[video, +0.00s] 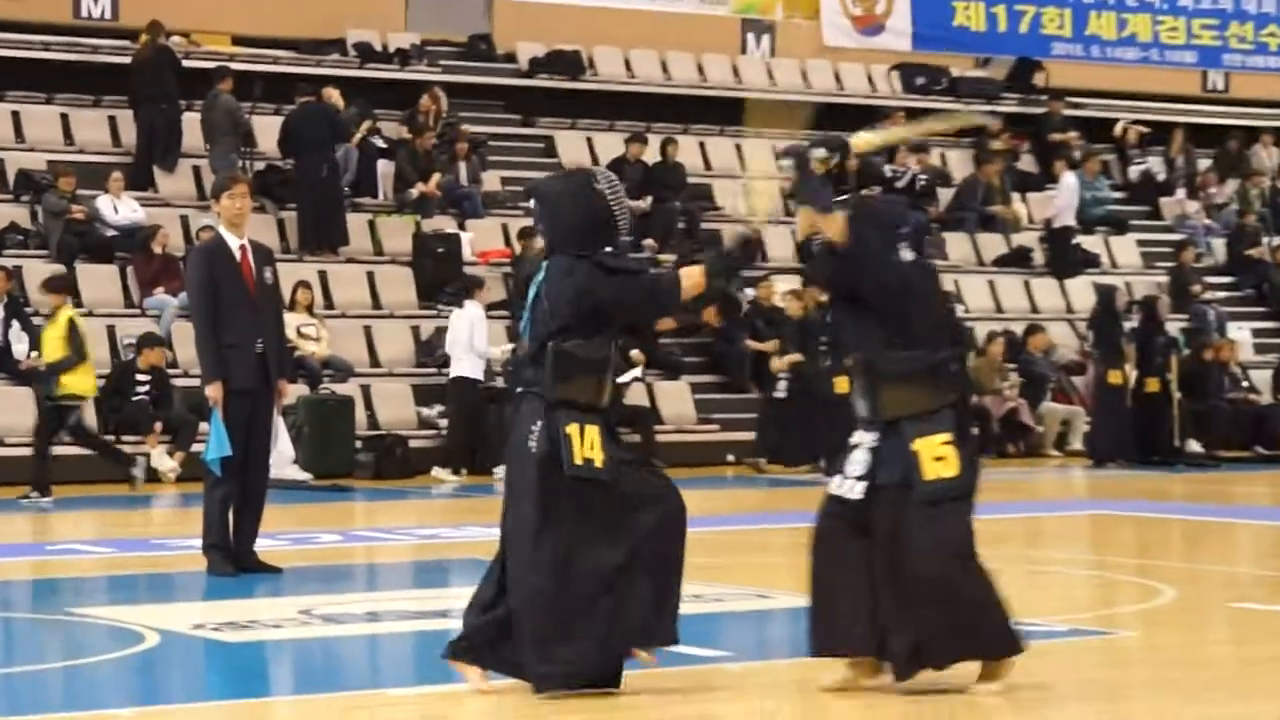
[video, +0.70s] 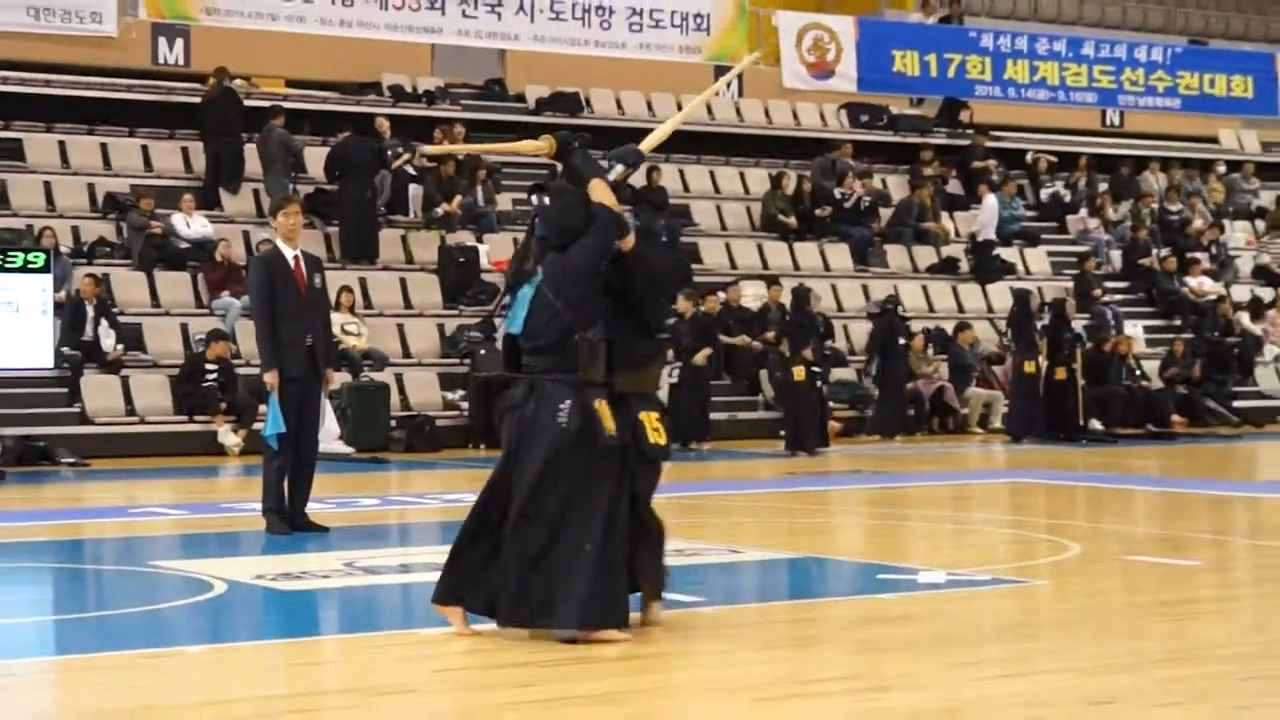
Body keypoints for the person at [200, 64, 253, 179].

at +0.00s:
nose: (232, 84)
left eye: (231, 80)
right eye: (230, 80)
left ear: (217, 81)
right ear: (224, 80)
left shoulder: (208, 101)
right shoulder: (229, 101)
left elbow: (205, 125)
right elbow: (243, 123)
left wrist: (210, 142)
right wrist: (250, 142)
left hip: (214, 151)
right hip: (229, 152)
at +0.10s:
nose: (234, 89)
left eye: (233, 86)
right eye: (232, 86)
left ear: (218, 87)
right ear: (227, 87)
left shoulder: (210, 107)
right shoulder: (230, 106)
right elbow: (244, 128)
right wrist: (252, 148)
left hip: (217, 156)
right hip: (231, 156)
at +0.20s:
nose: (243, 92)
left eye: (242, 89)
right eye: (241, 88)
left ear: (228, 89)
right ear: (236, 89)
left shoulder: (219, 108)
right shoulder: (240, 108)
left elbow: (219, 138)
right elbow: (253, 131)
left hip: (226, 155)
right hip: (240, 156)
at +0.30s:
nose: (256, 103)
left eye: (256, 100)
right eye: (255, 100)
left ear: (241, 100)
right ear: (250, 100)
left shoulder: (234, 119)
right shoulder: (253, 119)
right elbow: (268, 136)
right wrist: (273, 132)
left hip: (240, 165)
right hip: (254, 166)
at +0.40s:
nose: (265, 110)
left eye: (265, 107)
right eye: (264, 107)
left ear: (252, 107)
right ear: (259, 107)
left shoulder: (243, 125)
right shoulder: (262, 124)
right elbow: (277, 140)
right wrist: (283, 134)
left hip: (249, 170)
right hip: (263, 171)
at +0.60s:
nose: (277, 116)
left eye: (277, 113)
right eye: (276, 113)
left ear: (264, 113)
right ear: (271, 113)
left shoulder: (255, 132)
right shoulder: (274, 130)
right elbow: (287, 145)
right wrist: (296, 139)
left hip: (261, 176)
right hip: (275, 176)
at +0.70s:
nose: (284, 121)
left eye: (284, 118)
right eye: (283, 118)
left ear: (271, 117)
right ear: (278, 117)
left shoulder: (261, 136)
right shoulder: (281, 134)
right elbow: (295, 149)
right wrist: (301, 144)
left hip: (268, 180)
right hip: (282, 179)